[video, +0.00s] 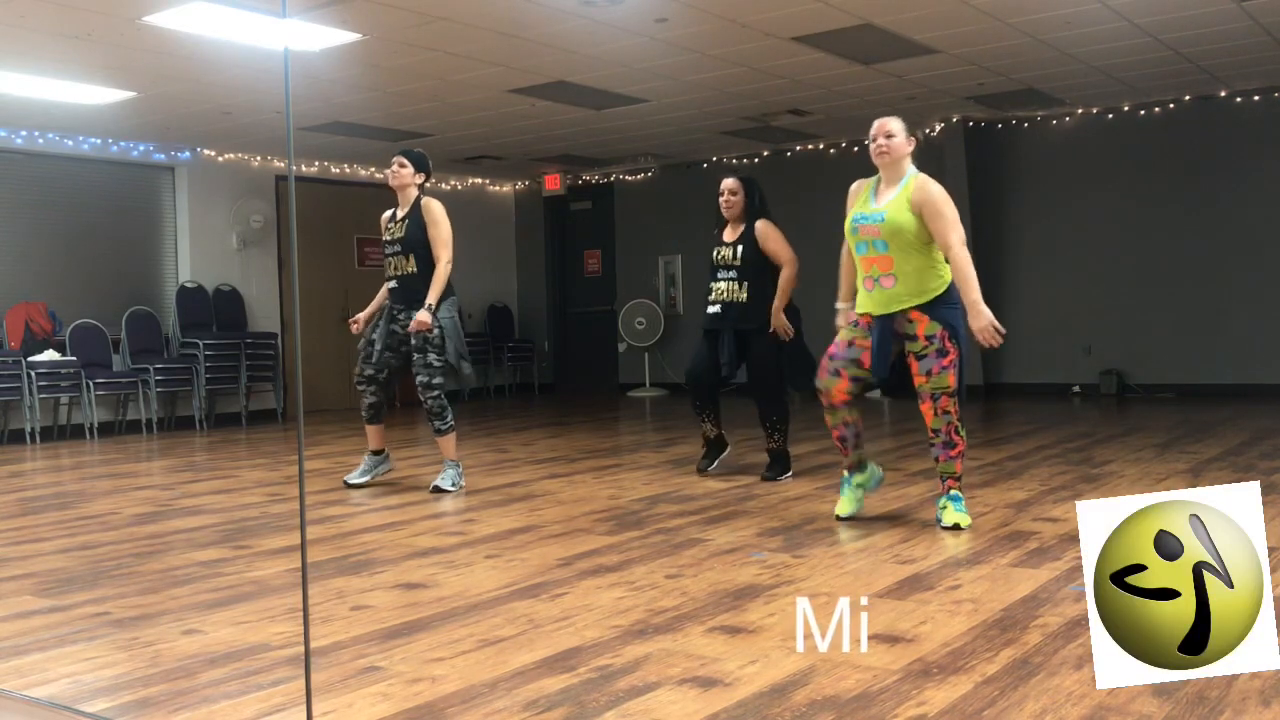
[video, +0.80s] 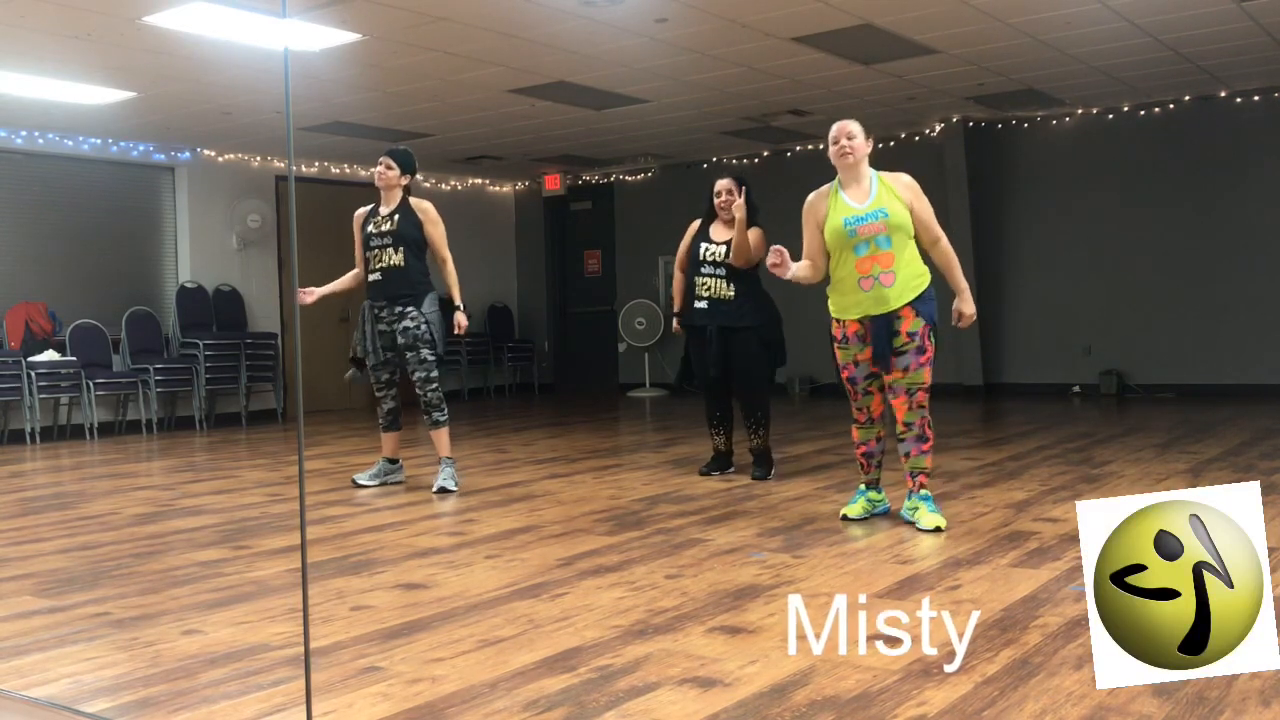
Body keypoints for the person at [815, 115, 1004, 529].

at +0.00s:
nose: (879, 142)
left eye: (889, 135)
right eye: (874, 138)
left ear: (911, 144)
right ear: (869, 151)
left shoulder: (926, 191)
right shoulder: (858, 192)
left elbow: (956, 248)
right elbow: (850, 250)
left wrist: (975, 305)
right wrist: (844, 305)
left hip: (928, 310)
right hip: (873, 312)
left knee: (939, 402)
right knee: (832, 380)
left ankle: (951, 494)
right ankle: (858, 471)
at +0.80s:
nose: (843, 143)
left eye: (851, 136)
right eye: (835, 140)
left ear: (869, 145)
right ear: (828, 154)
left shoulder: (901, 185)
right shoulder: (818, 203)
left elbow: (935, 241)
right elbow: (815, 268)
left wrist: (963, 292)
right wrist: (791, 268)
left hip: (908, 309)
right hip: (851, 318)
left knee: (912, 403)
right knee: (865, 408)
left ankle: (918, 496)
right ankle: (871, 491)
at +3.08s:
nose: (890, 138)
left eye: (899, 131)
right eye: (884, 133)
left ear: (921, 141)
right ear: (878, 146)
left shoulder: (937, 185)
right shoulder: (870, 193)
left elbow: (958, 247)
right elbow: (862, 257)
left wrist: (970, 308)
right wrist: (847, 310)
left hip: (932, 311)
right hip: (879, 313)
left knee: (938, 403)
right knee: (836, 380)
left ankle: (944, 495)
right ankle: (853, 474)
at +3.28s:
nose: (875, 138)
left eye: (883, 132)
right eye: (867, 134)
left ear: (900, 142)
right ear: (858, 146)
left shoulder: (928, 184)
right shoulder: (842, 198)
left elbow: (963, 242)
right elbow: (832, 260)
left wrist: (979, 298)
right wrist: (803, 282)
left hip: (921, 312)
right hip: (861, 317)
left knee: (930, 405)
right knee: (862, 406)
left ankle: (941, 495)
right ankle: (863, 491)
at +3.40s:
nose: (867, 144)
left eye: (875, 138)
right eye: (859, 139)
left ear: (892, 147)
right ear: (850, 152)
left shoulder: (921, 188)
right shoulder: (835, 202)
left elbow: (952, 243)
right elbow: (821, 263)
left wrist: (972, 296)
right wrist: (795, 268)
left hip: (916, 313)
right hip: (854, 319)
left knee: (937, 385)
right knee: (850, 404)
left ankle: (939, 485)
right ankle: (862, 491)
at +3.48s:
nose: (862, 153)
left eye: (869, 146)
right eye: (854, 148)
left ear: (887, 155)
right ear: (845, 160)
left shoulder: (917, 194)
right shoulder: (831, 207)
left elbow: (949, 249)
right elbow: (809, 267)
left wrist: (962, 302)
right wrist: (783, 268)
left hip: (915, 316)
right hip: (852, 323)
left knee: (939, 377)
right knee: (848, 407)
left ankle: (940, 473)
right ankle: (861, 492)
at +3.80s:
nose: (879, 141)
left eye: (887, 133)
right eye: (872, 136)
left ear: (907, 140)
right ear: (865, 147)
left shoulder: (930, 188)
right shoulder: (849, 184)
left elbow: (954, 250)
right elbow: (827, 243)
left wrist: (936, 253)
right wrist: (816, 295)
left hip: (924, 307)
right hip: (866, 310)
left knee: (933, 400)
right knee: (859, 398)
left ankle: (946, 494)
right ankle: (863, 489)